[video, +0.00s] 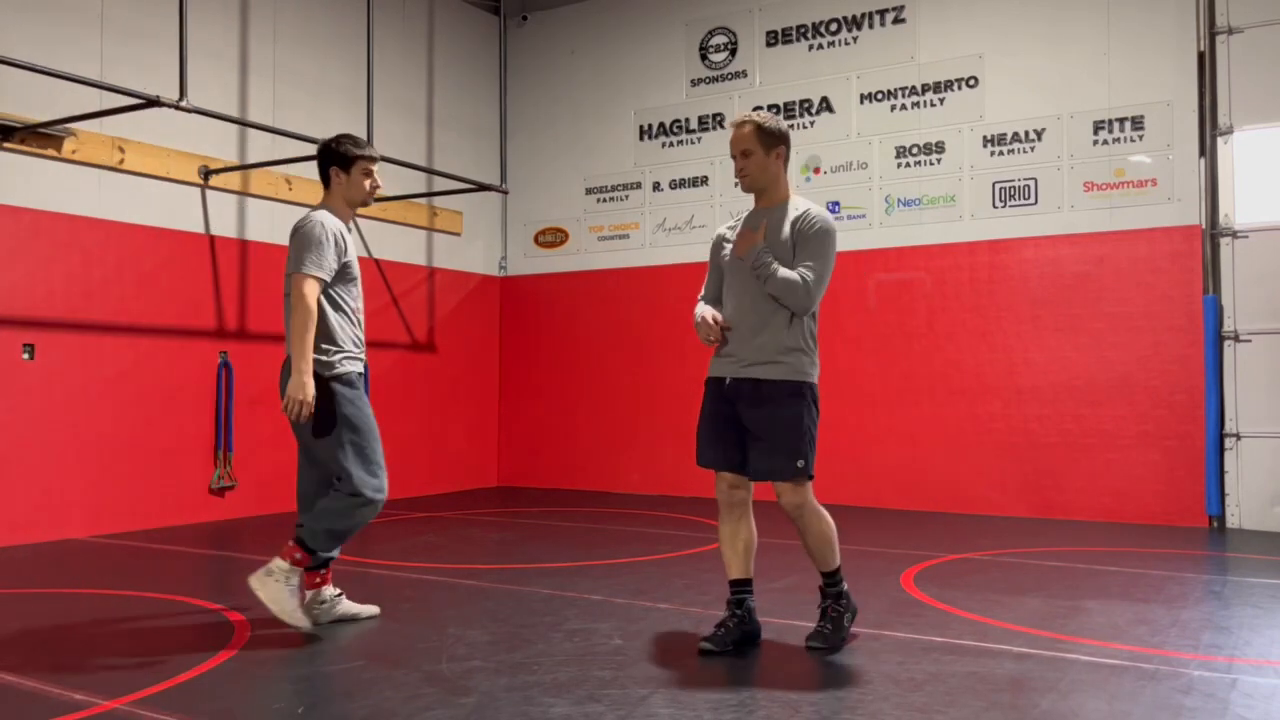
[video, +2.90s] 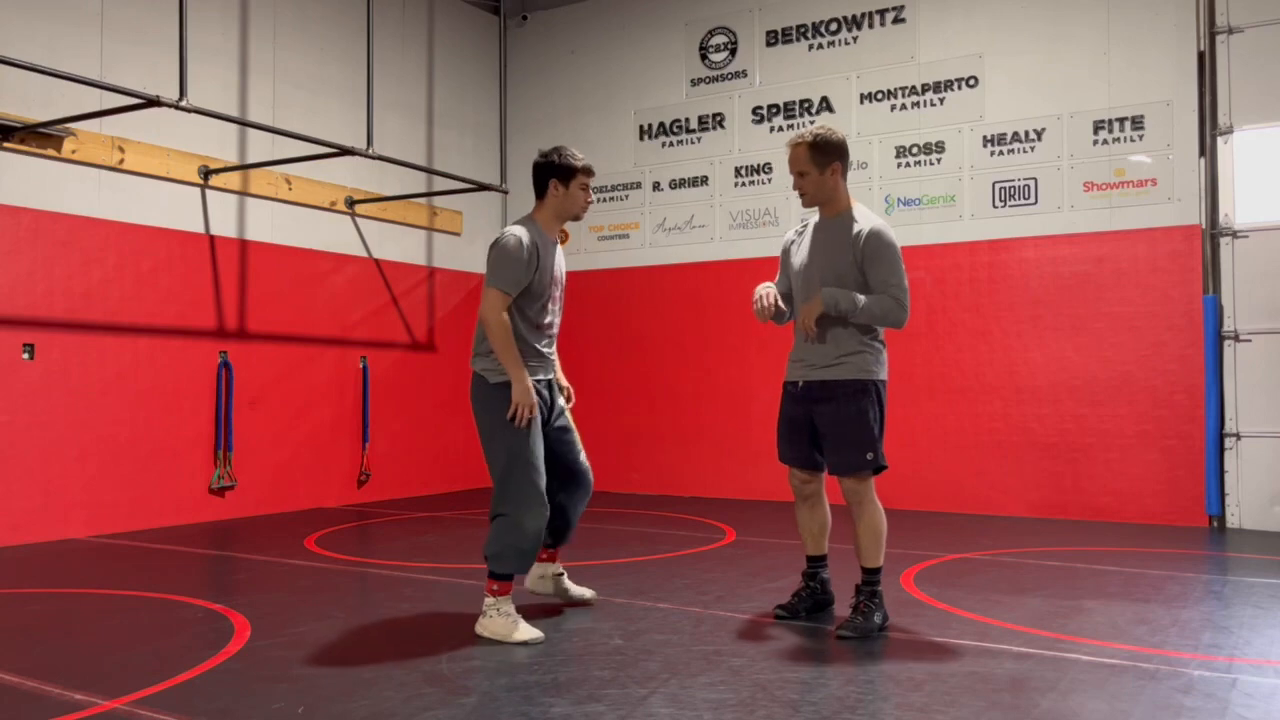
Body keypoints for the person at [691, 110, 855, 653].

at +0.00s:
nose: (737, 166)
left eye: (745, 155)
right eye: (733, 157)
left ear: (778, 156)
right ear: (737, 163)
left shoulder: (813, 224)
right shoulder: (728, 234)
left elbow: (804, 296)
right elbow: (708, 299)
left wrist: (754, 257)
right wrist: (703, 312)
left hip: (786, 381)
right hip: (729, 380)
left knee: (794, 497)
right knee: (732, 494)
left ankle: (837, 601)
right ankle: (741, 615)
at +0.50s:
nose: (793, 161)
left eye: (804, 151)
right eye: (786, 152)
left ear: (829, 157)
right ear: (780, 160)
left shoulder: (858, 229)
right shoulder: (759, 235)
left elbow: (880, 308)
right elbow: (732, 306)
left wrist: (825, 274)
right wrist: (754, 303)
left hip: (834, 379)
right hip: (771, 381)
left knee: (839, 494)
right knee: (755, 491)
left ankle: (843, 611)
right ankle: (744, 613)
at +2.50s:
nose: (779, 188)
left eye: (786, 179)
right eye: (777, 179)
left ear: (818, 177)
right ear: (787, 182)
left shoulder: (857, 239)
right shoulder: (775, 249)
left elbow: (876, 311)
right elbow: (758, 323)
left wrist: (807, 295)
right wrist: (772, 300)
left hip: (841, 380)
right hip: (789, 382)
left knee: (847, 486)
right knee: (802, 486)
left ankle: (869, 597)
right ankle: (815, 588)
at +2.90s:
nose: (794, 183)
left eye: (801, 174)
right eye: (792, 174)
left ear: (834, 171)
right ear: (817, 174)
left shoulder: (872, 235)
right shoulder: (796, 240)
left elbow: (896, 310)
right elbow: (788, 306)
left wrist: (830, 301)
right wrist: (770, 303)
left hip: (853, 381)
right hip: (802, 382)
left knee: (857, 489)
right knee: (806, 486)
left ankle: (870, 601)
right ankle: (816, 589)